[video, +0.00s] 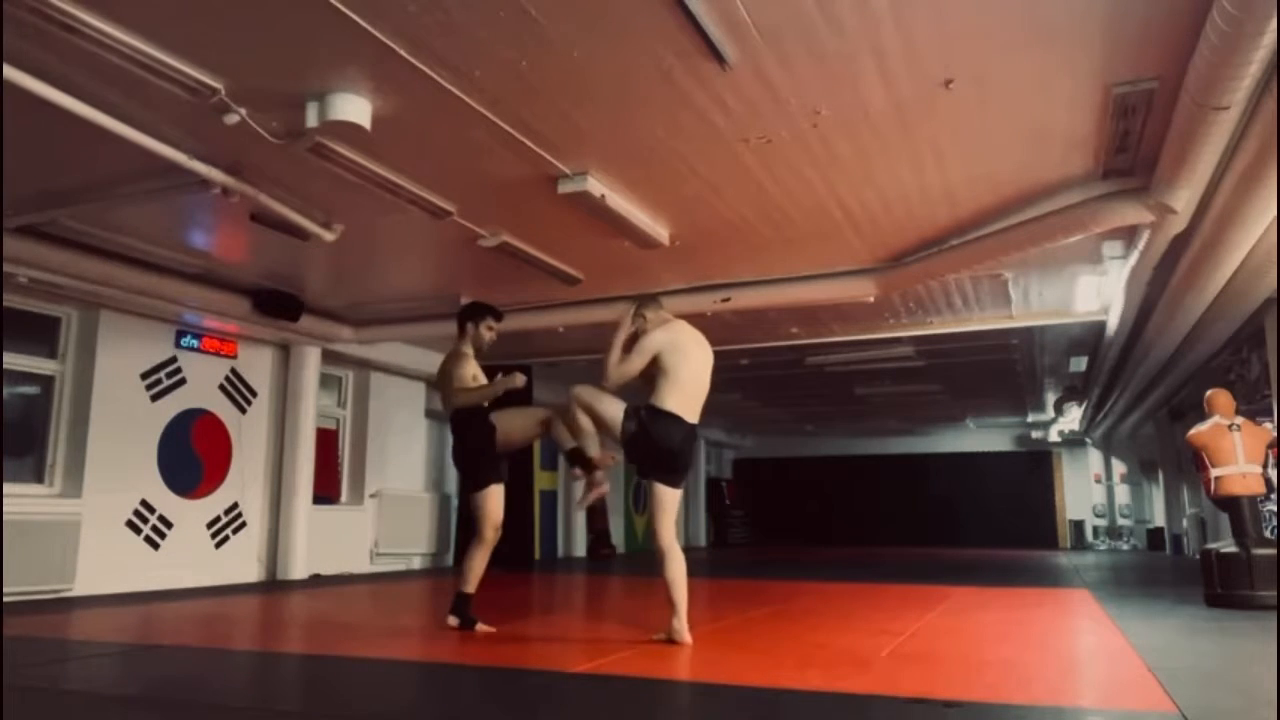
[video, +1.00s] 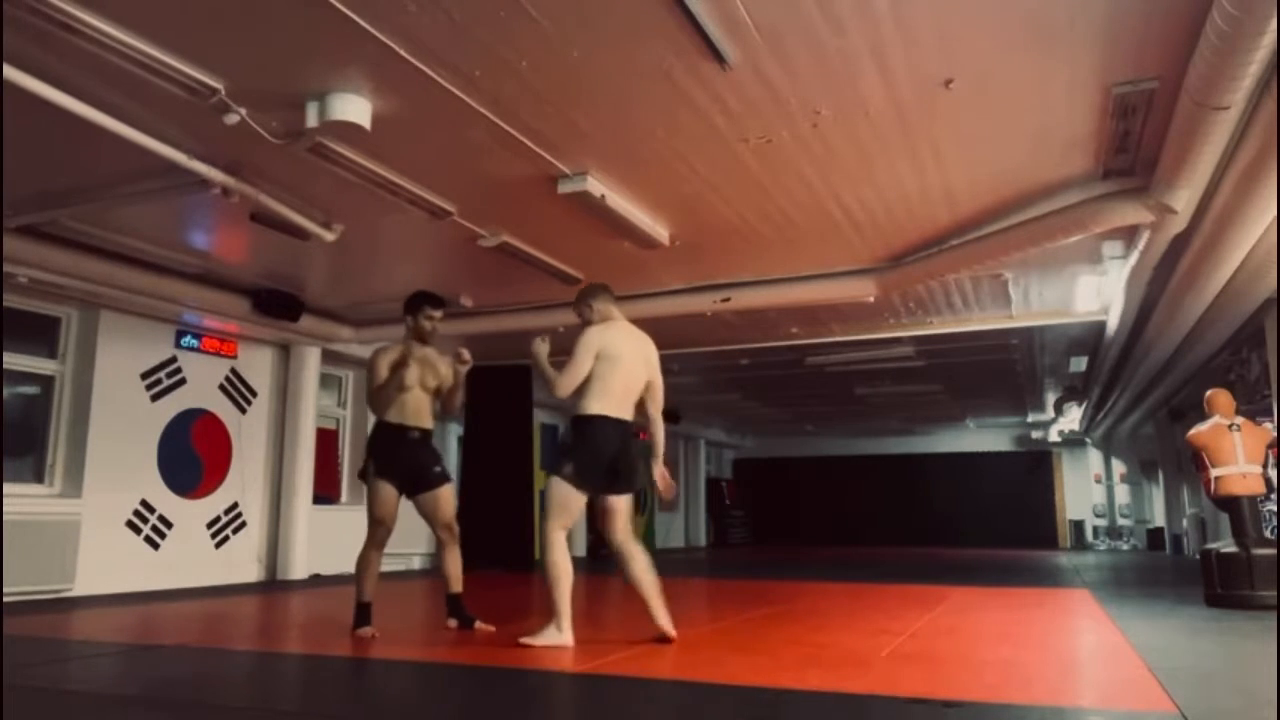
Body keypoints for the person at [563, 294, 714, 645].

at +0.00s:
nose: (639, 332)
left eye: (638, 326)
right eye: (637, 327)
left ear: (648, 315)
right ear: (664, 311)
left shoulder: (660, 335)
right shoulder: (701, 344)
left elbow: (613, 377)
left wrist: (621, 335)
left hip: (650, 430)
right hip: (681, 445)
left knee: (578, 395)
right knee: (667, 538)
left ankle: (595, 468)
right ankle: (680, 623)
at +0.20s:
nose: (630, 331)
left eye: (628, 325)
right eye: (627, 326)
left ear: (638, 312)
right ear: (654, 306)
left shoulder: (650, 334)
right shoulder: (696, 340)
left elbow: (625, 392)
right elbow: (675, 381)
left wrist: (600, 368)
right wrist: (631, 362)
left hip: (651, 433)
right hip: (682, 443)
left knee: (570, 447)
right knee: (671, 536)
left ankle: (592, 536)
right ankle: (681, 625)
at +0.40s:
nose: (621, 331)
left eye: (620, 325)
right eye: (619, 326)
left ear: (629, 313)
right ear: (648, 308)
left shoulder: (636, 338)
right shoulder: (688, 342)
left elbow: (636, 398)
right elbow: (670, 388)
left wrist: (603, 423)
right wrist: (626, 365)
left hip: (640, 437)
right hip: (673, 440)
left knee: (611, 533)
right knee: (667, 538)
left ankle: (593, 624)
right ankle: (681, 624)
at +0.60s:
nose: (615, 326)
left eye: (613, 320)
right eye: (612, 321)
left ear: (624, 307)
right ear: (640, 303)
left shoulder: (634, 334)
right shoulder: (679, 339)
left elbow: (606, 390)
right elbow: (653, 376)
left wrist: (569, 372)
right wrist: (614, 359)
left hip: (634, 435)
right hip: (668, 437)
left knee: (592, 522)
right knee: (671, 535)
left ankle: (589, 619)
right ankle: (684, 624)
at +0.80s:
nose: (605, 324)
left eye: (604, 318)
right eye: (603, 318)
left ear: (615, 308)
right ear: (633, 304)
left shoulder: (620, 335)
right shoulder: (669, 341)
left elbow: (584, 389)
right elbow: (668, 406)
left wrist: (558, 366)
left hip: (619, 439)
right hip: (656, 441)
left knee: (567, 517)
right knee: (670, 535)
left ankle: (574, 613)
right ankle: (684, 622)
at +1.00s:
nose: (583, 322)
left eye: (582, 316)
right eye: (581, 316)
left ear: (592, 308)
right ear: (613, 305)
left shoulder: (595, 334)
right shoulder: (647, 344)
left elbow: (562, 388)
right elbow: (655, 410)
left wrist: (540, 358)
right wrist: (658, 458)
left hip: (588, 437)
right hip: (626, 443)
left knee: (556, 528)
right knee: (622, 534)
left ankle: (561, 627)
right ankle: (663, 619)